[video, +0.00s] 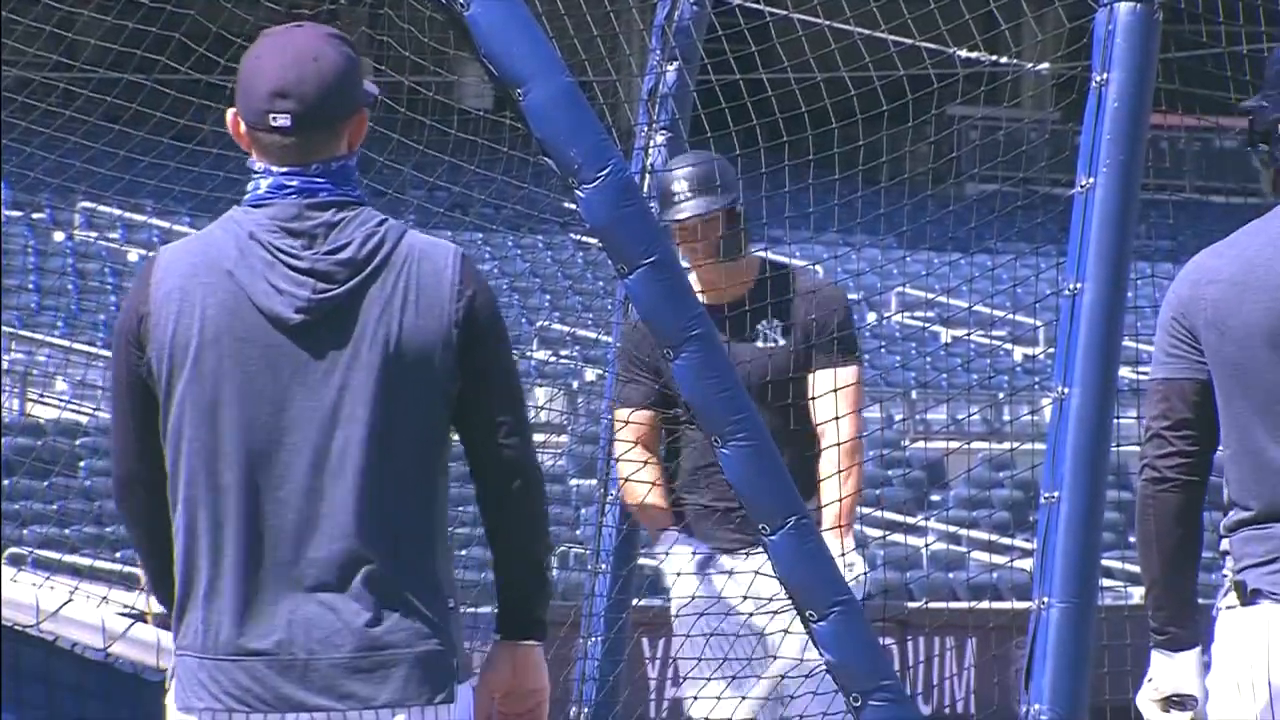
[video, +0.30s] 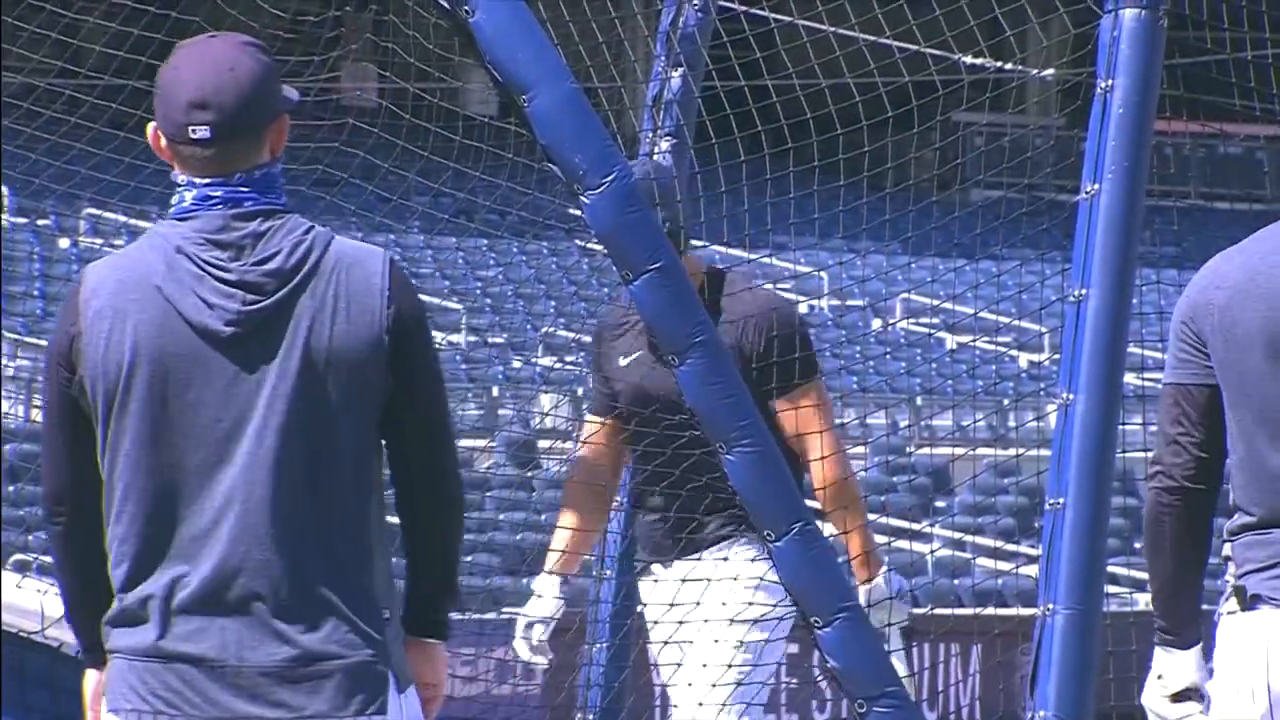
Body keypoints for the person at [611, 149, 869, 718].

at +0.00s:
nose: (688, 238)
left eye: (701, 222)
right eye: (675, 226)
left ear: (734, 218)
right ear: (662, 230)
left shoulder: (812, 303)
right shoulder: (651, 317)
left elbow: (840, 438)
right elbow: (631, 445)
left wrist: (830, 543)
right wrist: (669, 540)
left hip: (802, 553)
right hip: (700, 559)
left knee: (820, 708)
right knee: (715, 708)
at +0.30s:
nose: (634, 265)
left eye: (643, 248)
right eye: (622, 251)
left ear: (674, 239)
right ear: (618, 253)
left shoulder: (760, 316)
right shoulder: (618, 328)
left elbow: (822, 452)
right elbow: (596, 458)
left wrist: (868, 575)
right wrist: (555, 576)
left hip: (751, 558)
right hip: (661, 569)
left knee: (716, 707)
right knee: (695, 709)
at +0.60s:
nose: (690, 266)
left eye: (702, 249)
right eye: (677, 253)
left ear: (745, 233)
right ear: (667, 244)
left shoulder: (811, 304)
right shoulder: (675, 303)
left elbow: (868, 413)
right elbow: (675, 418)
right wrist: (670, 537)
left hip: (796, 542)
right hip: (712, 551)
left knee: (766, 705)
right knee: (721, 706)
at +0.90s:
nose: (696, 229)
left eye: (707, 210)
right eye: (686, 215)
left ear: (754, 196)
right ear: (680, 210)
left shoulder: (828, 279)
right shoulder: (700, 283)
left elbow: (857, 431)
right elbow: (690, 408)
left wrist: (851, 567)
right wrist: (635, 506)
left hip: (798, 545)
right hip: (698, 544)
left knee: (797, 706)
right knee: (642, 704)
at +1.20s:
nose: (575, 228)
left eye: (585, 207)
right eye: (566, 213)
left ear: (630, 195)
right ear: (559, 212)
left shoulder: (725, 278)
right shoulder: (578, 300)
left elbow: (753, 422)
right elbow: (531, 426)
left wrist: (692, 521)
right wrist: (478, 350)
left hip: (706, 567)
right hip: (596, 567)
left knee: (719, 709)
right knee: (572, 712)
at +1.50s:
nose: (490, 216)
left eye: (500, 197)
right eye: (475, 202)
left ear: (544, 175)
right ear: (460, 194)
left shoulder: (642, 259)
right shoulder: (468, 264)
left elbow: (671, 408)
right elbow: (381, 349)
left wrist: (604, 512)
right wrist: (408, 215)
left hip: (586, 547)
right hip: (480, 544)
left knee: (571, 708)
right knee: (477, 708)